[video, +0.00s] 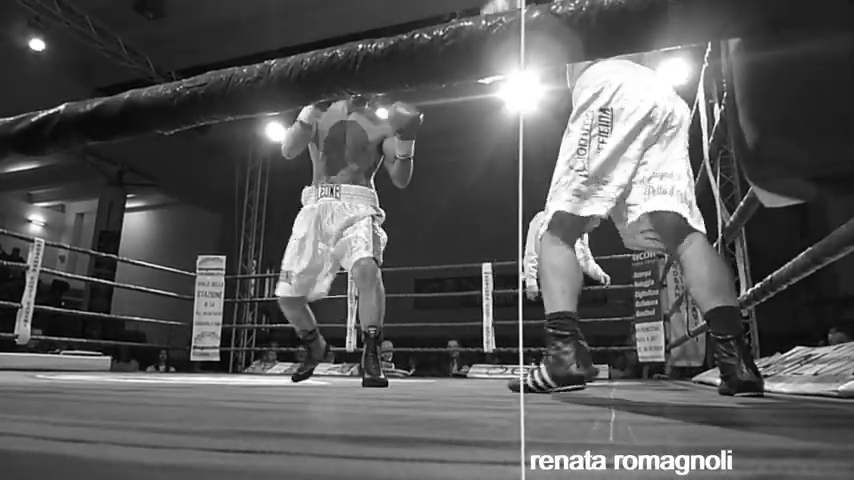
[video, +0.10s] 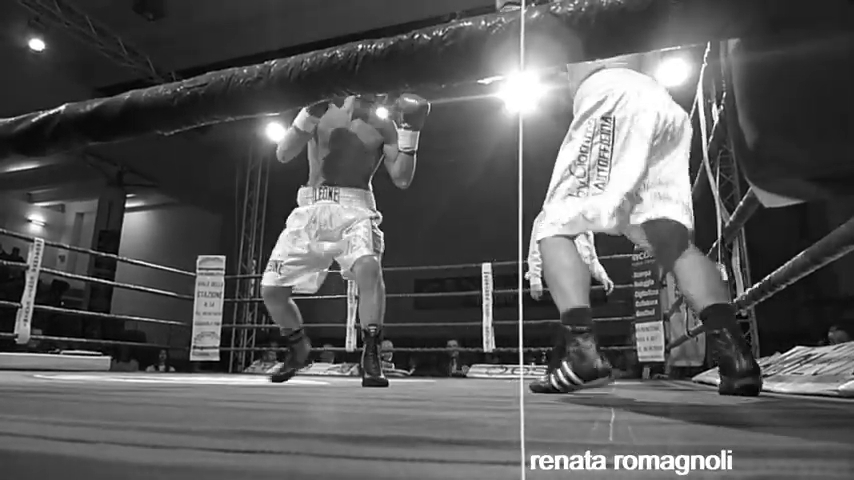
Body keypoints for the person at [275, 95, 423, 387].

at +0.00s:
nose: (357, 86)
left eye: (365, 81)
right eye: (350, 79)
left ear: (376, 87)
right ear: (338, 82)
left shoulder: (383, 122)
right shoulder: (316, 112)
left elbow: (401, 179)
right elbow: (289, 151)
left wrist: (406, 138)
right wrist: (315, 110)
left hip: (358, 207)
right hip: (316, 207)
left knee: (366, 268)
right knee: (289, 296)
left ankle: (372, 356)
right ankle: (315, 347)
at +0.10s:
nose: (375, 91)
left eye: (380, 85)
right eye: (369, 82)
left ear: (384, 91)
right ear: (350, 83)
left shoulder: (384, 125)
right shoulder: (319, 110)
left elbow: (402, 179)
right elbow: (283, 154)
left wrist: (409, 133)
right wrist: (311, 114)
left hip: (356, 210)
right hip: (311, 207)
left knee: (368, 268)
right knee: (272, 290)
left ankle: (371, 357)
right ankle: (299, 349)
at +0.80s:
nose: (307, 100)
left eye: (313, 94)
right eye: (301, 92)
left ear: (318, 100)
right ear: (287, 93)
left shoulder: (323, 134)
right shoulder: (262, 118)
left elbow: (338, 185)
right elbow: (243, 161)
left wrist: (346, 152)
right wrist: (278, 130)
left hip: (301, 219)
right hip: (259, 212)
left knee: (298, 297)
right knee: (235, 289)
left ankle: (265, 353)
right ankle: (221, 360)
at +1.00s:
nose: (340, 95)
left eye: (341, 90)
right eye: (334, 88)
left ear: (338, 96)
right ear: (314, 88)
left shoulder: (334, 124)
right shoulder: (282, 111)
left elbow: (351, 171)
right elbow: (274, 138)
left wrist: (362, 136)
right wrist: (307, 110)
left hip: (322, 202)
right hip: (282, 199)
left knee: (349, 270)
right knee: (261, 278)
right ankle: (240, 347)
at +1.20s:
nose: (365, 120)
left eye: (367, 115)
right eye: (358, 112)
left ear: (363, 119)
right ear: (341, 109)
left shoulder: (359, 156)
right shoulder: (319, 132)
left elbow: (359, 209)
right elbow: (352, 146)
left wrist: (378, 184)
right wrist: (377, 111)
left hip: (348, 233)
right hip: (310, 230)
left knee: (390, 295)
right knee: (276, 299)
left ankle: (413, 367)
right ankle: (243, 358)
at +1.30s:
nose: (400, 121)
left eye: (402, 115)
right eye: (395, 114)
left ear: (402, 119)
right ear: (379, 113)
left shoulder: (387, 152)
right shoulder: (342, 127)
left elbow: (397, 200)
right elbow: (353, 155)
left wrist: (412, 170)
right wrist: (373, 121)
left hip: (371, 227)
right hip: (332, 223)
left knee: (411, 291)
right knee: (299, 299)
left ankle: (417, 367)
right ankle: (254, 348)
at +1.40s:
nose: (420, 109)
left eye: (421, 103)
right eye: (415, 101)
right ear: (394, 101)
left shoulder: (411, 142)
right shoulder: (357, 124)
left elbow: (448, 163)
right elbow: (354, 144)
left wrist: (463, 143)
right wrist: (380, 113)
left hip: (386, 222)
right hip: (347, 217)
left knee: (420, 290)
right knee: (325, 285)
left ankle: (419, 368)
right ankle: (276, 350)